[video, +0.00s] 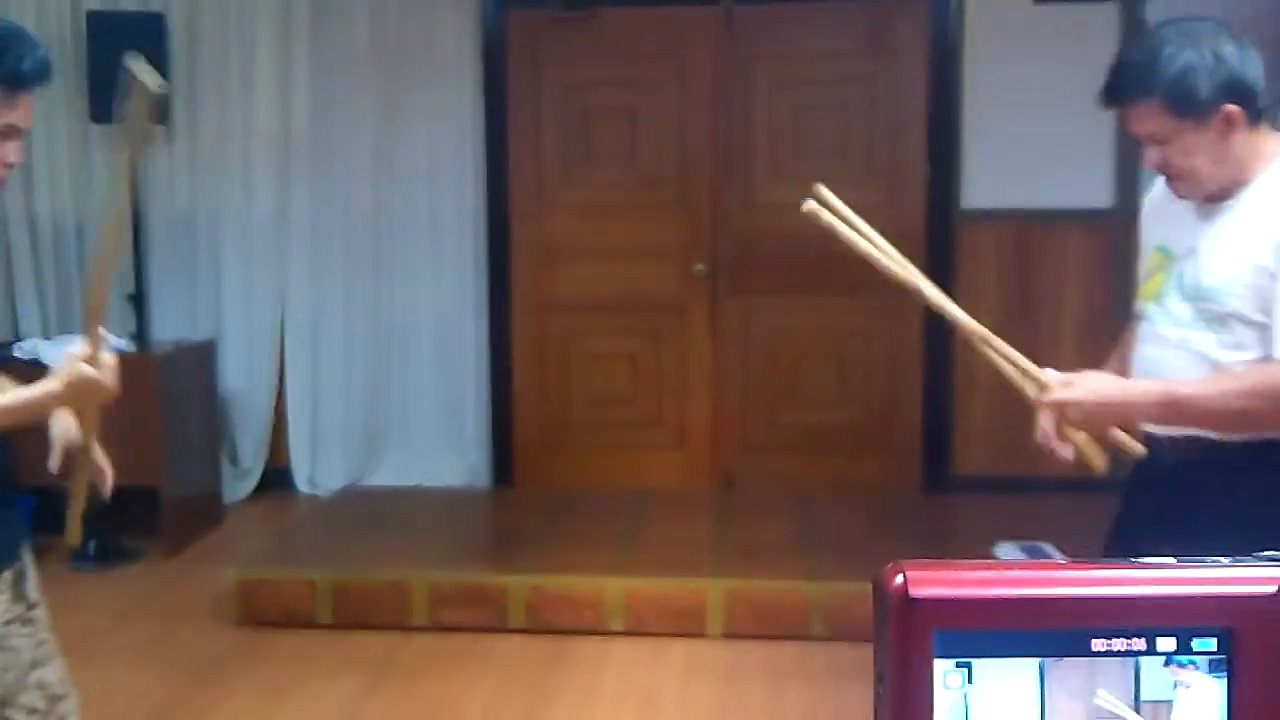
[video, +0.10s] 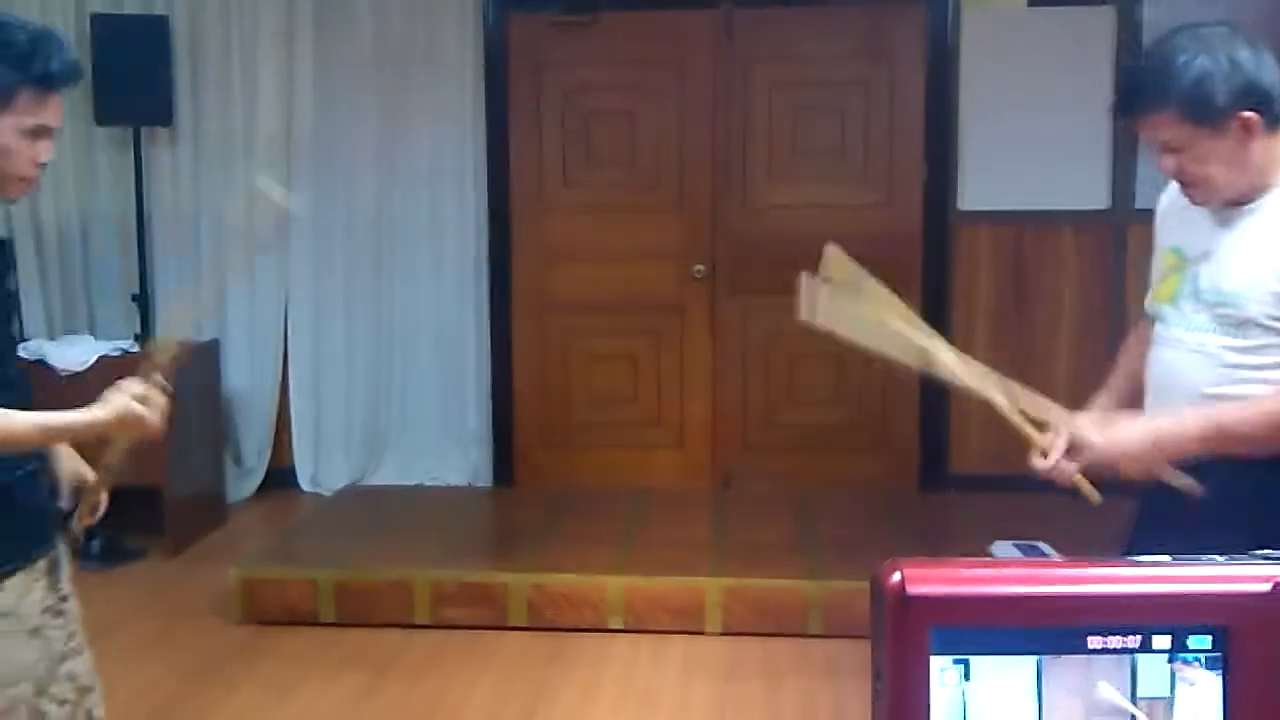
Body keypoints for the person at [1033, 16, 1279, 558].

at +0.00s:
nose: (1149, 161)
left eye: (1160, 143)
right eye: (1142, 144)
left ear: (1229, 123)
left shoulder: (1270, 209)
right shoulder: (1162, 195)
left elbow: (1276, 389)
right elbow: (1154, 325)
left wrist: (1128, 400)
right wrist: (1093, 399)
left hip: (1253, 480)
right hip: (1158, 477)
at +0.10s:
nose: (1164, 168)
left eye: (1175, 150)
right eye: (1157, 150)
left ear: (1247, 128)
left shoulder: (1272, 221)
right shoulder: (1177, 206)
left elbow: (1274, 411)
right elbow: (1154, 328)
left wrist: (1162, 439)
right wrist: (1095, 421)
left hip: (1259, 495)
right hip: (1172, 493)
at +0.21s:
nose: (1179, 172)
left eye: (1189, 154)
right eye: (1172, 155)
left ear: (1260, 133)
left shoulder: (1273, 224)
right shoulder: (1185, 204)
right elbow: (1170, 329)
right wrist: (1106, 441)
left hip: (1260, 479)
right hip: (1179, 468)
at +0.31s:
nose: (1182, 180)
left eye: (1190, 160)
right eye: (1173, 163)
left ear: (1260, 135)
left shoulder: (1272, 224)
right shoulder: (1192, 210)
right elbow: (1191, 344)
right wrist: (1135, 445)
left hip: (1261, 479)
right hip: (1177, 474)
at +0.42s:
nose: (1179, 185)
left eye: (1184, 164)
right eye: (1172, 168)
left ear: (1253, 140)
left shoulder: (1273, 226)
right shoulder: (1195, 215)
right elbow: (1207, 347)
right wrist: (1153, 444)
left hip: (1262, 481)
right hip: (1182, 473)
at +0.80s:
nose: (1128, 184)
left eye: (1135, 165)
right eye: (1120, 167)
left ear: (1202, 139)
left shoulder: (1271, 211)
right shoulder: (1162, 206)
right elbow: (1159, 346)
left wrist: (1237, 510)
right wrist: (1118, 457)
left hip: (1241, 487)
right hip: (1146, 477)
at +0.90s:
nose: (1096, 184)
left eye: (1104, 166)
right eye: (1090, 167)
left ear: (1166, 140)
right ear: (1165, 142)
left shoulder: (1265, 212)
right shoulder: (1138, 203)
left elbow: (1277, 402)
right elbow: (1143, 354)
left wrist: (1204, 511)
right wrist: (1081, 449)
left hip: (1221, 492)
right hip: (1121, 482)